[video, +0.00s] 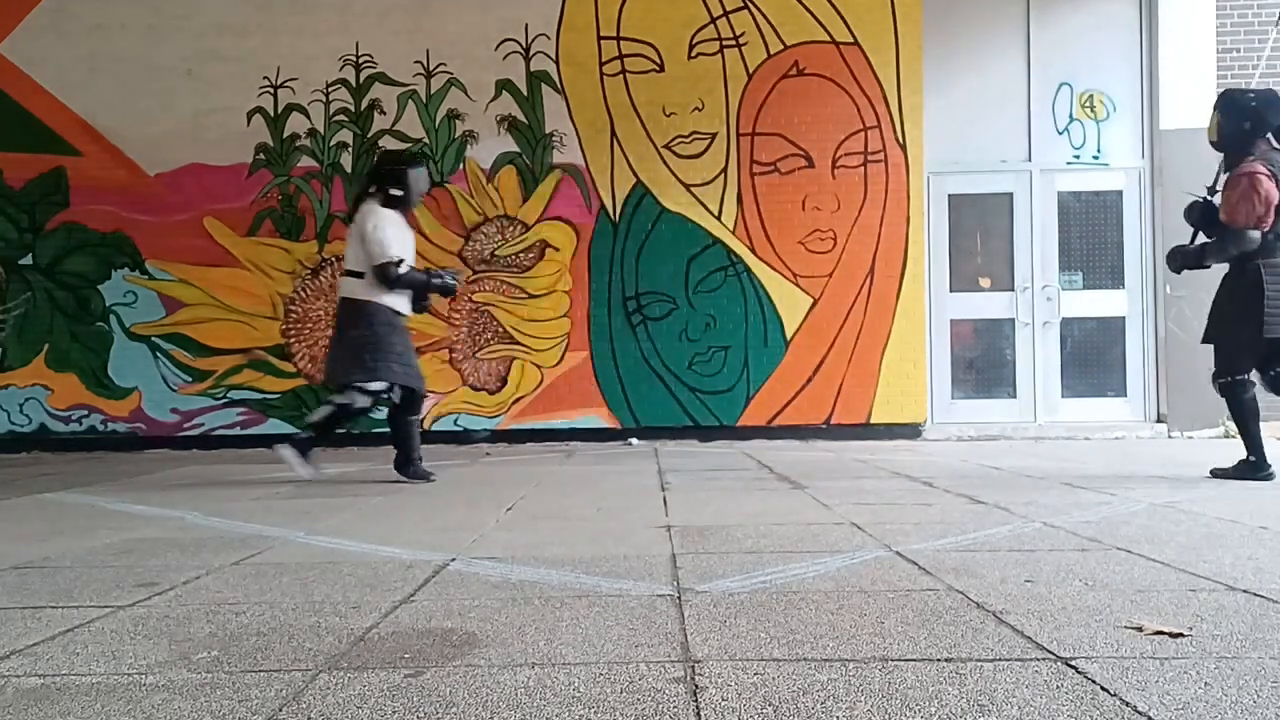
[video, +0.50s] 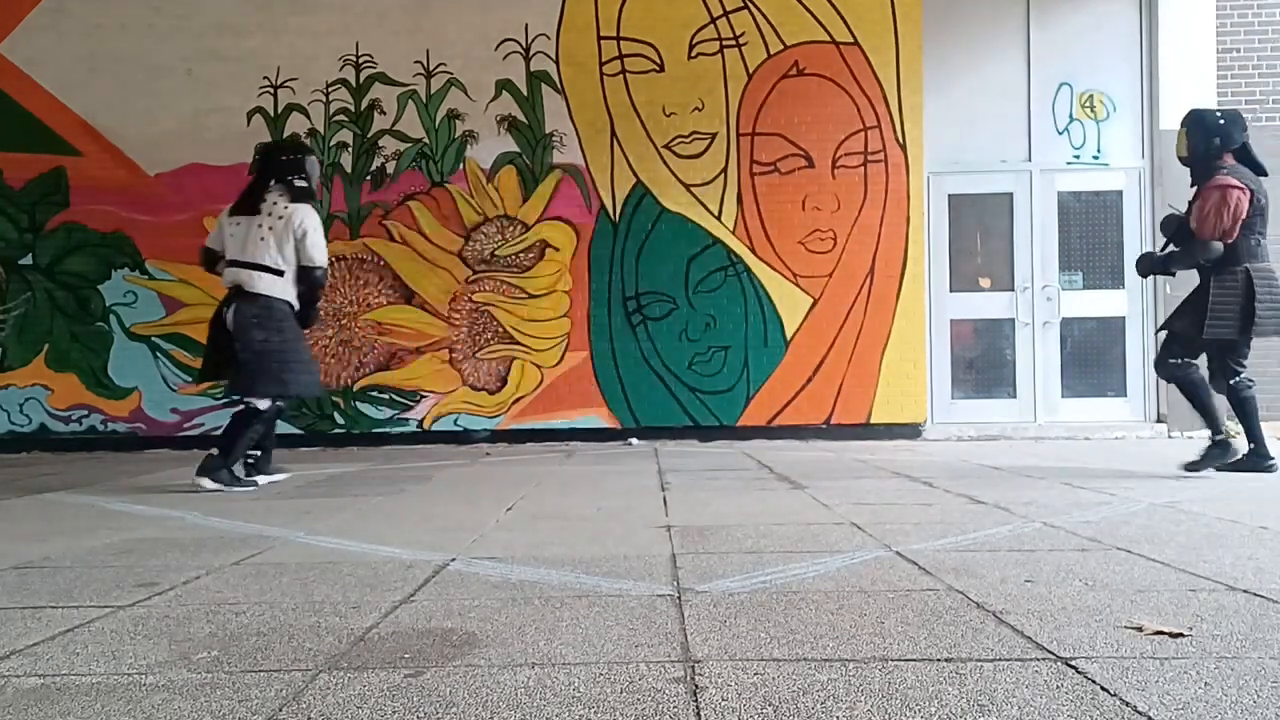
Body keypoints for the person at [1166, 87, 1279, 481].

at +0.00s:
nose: (1213, 129)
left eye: (1219, 121)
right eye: (1214, 120)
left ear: (1241, 126)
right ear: (1256, 126)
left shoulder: (1249, 175)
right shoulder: (1269, 167)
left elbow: (1242, 242)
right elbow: (1259, 233)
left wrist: (1192, 255)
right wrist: (1214, 223)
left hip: (1252, 284)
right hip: (1273, 281)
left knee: (1231, 372)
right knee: (1273, 373)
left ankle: (1256, 459)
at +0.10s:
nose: (1206, 129)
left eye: (1212, 121)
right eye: (1207, 120)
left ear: (1236, 126)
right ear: (1252, 128)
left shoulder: (1242, 173)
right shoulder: (1269, 163)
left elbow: (1229, 242)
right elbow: (1253, 232)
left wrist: (1186, 254)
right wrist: (1206, 219)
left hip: (1250, 283)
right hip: (1272, 279)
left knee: (1229, 372)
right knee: (1265, 365)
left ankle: (1256, 460)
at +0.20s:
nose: (1199, 131)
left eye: (1206, 123)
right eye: (1201, 122)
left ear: (1231, 128)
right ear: (1246, 130)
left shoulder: (1235, 173)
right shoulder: (1267, 165)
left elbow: (1215, 236)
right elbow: (1247, 223)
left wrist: (1177, 253)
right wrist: (1200, 214)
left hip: (1244, 280)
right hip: (1272, 277)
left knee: (1227, 373)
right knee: (1257, 369)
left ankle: (1256, 459)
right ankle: (1275, 445)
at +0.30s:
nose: (1197, 143)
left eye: (1204, 135)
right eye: (1197, 134)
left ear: (1231, 137)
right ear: (1243, 139)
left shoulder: (1229, 178)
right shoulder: (1265, 172)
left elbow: (1199, 235)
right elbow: (1239, 224)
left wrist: (1170, 254)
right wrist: (1189, 215)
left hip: (1236, 286)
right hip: (1267, 282)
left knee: (1217, 374)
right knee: (1250, 370)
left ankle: (1255, 457)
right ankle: (1260, 453)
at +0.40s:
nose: (1191, 148)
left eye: (1198, 140)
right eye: (1192, 139)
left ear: (1224, 143)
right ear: (1236, 144)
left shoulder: (1227, 183)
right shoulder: (1257, 177)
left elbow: (1200, 241)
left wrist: (1168, 256)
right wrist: (1187, 226)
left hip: (1229, 287)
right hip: (1257, 283)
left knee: (1195, 369)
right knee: (1237, 369)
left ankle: (1248, 448)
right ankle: (1258, 453)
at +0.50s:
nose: (1183, 147)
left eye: (1190, 140)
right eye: (1183, 139)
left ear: (1212, 143)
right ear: (1225, 145)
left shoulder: (1222, 185)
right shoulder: (1242, 179)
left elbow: (1208, 249)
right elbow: (1227, 239)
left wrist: (1161, 262)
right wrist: (1183, 229)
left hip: (1225, 287)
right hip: (1247, 285)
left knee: (1172, 359)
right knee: (1230, 370)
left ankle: (1220, 439)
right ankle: (1260, 452)